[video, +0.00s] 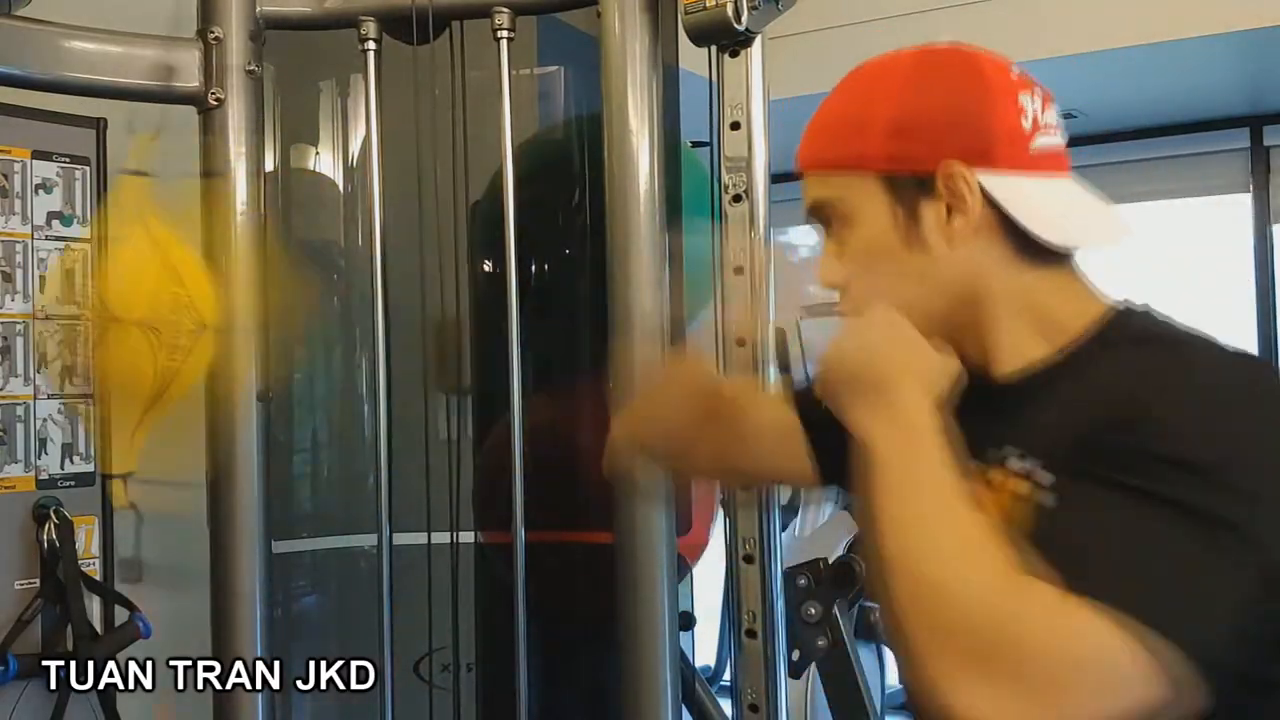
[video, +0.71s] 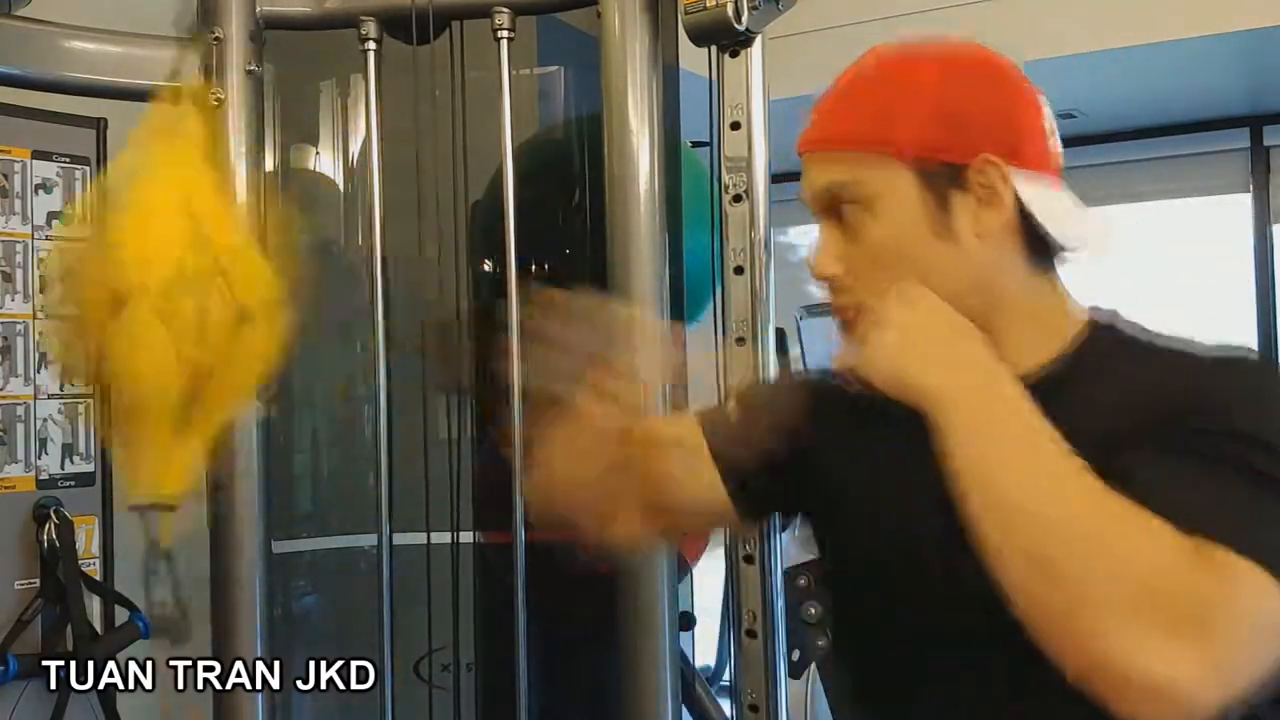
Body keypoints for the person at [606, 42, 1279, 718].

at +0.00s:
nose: (827, 278)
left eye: (836, 227)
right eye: (823, 235)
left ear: (954, 204)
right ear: (956, 208)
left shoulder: (1226, 415)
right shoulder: (956, 394)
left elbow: (1008, 691)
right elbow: (704, 434)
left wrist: (894, 412)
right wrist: (679, 403)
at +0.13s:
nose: (845, 262)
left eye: (848, 217)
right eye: (839, 224)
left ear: (942, 195)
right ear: (949, 197)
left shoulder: (1116, 405)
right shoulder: (991, 370)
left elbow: (819, 646)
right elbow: (757, 392)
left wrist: (827, 376)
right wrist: (529, 316)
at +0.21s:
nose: (844, 268)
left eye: (843, 225)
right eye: (838, 229)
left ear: (919, 205)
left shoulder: (1012, 433)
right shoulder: (1142, 371)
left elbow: (762, 661)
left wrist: (792, 381)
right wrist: (772, 389)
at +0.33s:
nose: (824, 304)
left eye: (828, 260)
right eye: (821, 265)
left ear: (905, 246)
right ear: (1011, 239)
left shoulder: (946, 480)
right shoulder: (1174, 434)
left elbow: (704, 681)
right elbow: (1263, 594)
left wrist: (759, 414)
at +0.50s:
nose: (788, 270)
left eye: (798, 219)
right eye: (788, 225)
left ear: (908, 207)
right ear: (910, 208)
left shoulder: (1079, 414)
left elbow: (877, 683)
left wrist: (780, 399)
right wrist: (912, 429)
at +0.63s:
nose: (812, 251)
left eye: (834, 198)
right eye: (810, 209)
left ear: (966, 184)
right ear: (965, 186)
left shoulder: (1218, 390)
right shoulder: (856, 398)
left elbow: (1093, 652)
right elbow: (642, 441)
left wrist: (914, 372)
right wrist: (465, 334)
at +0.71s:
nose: (818, 266)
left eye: (848, 212)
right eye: (816, 223)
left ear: (983, 203)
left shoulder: (1227, 406)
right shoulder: (838, 420)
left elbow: (1180, 664)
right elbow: (611, 488)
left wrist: (965, 385)